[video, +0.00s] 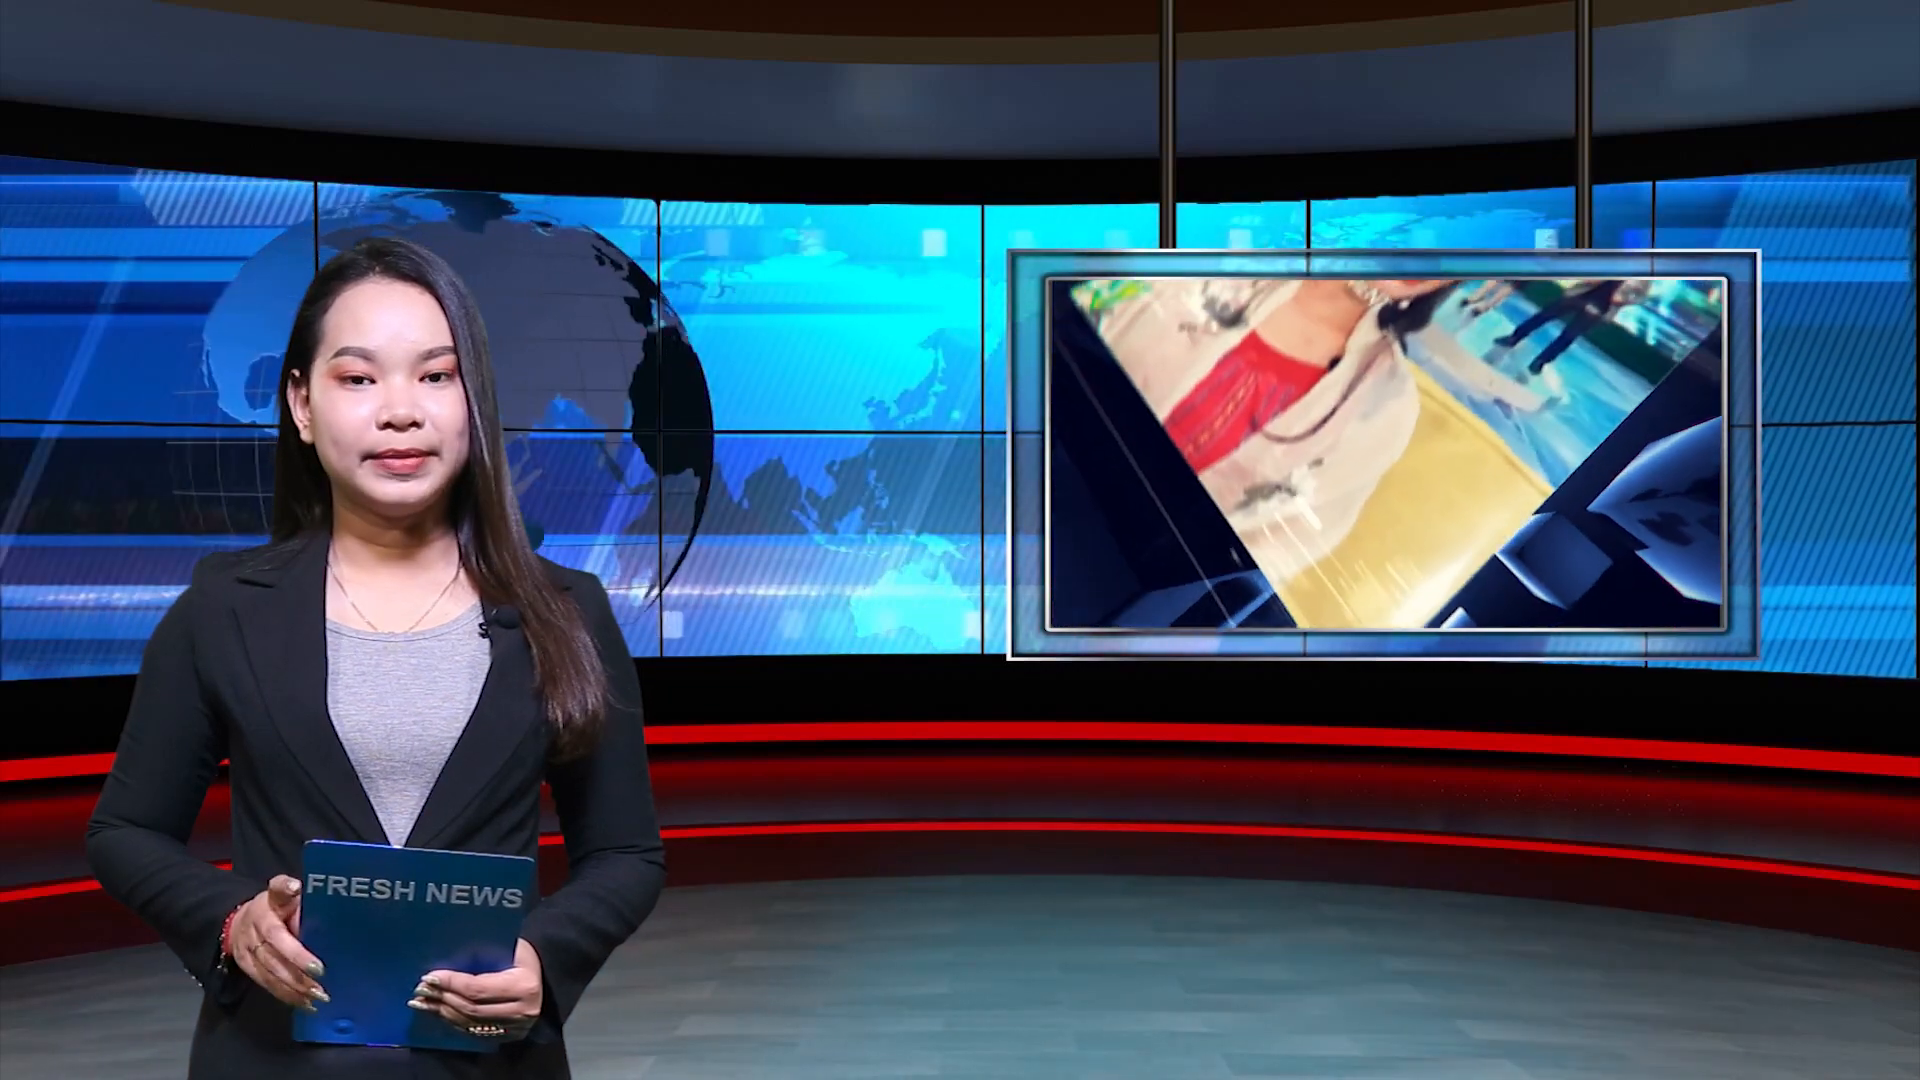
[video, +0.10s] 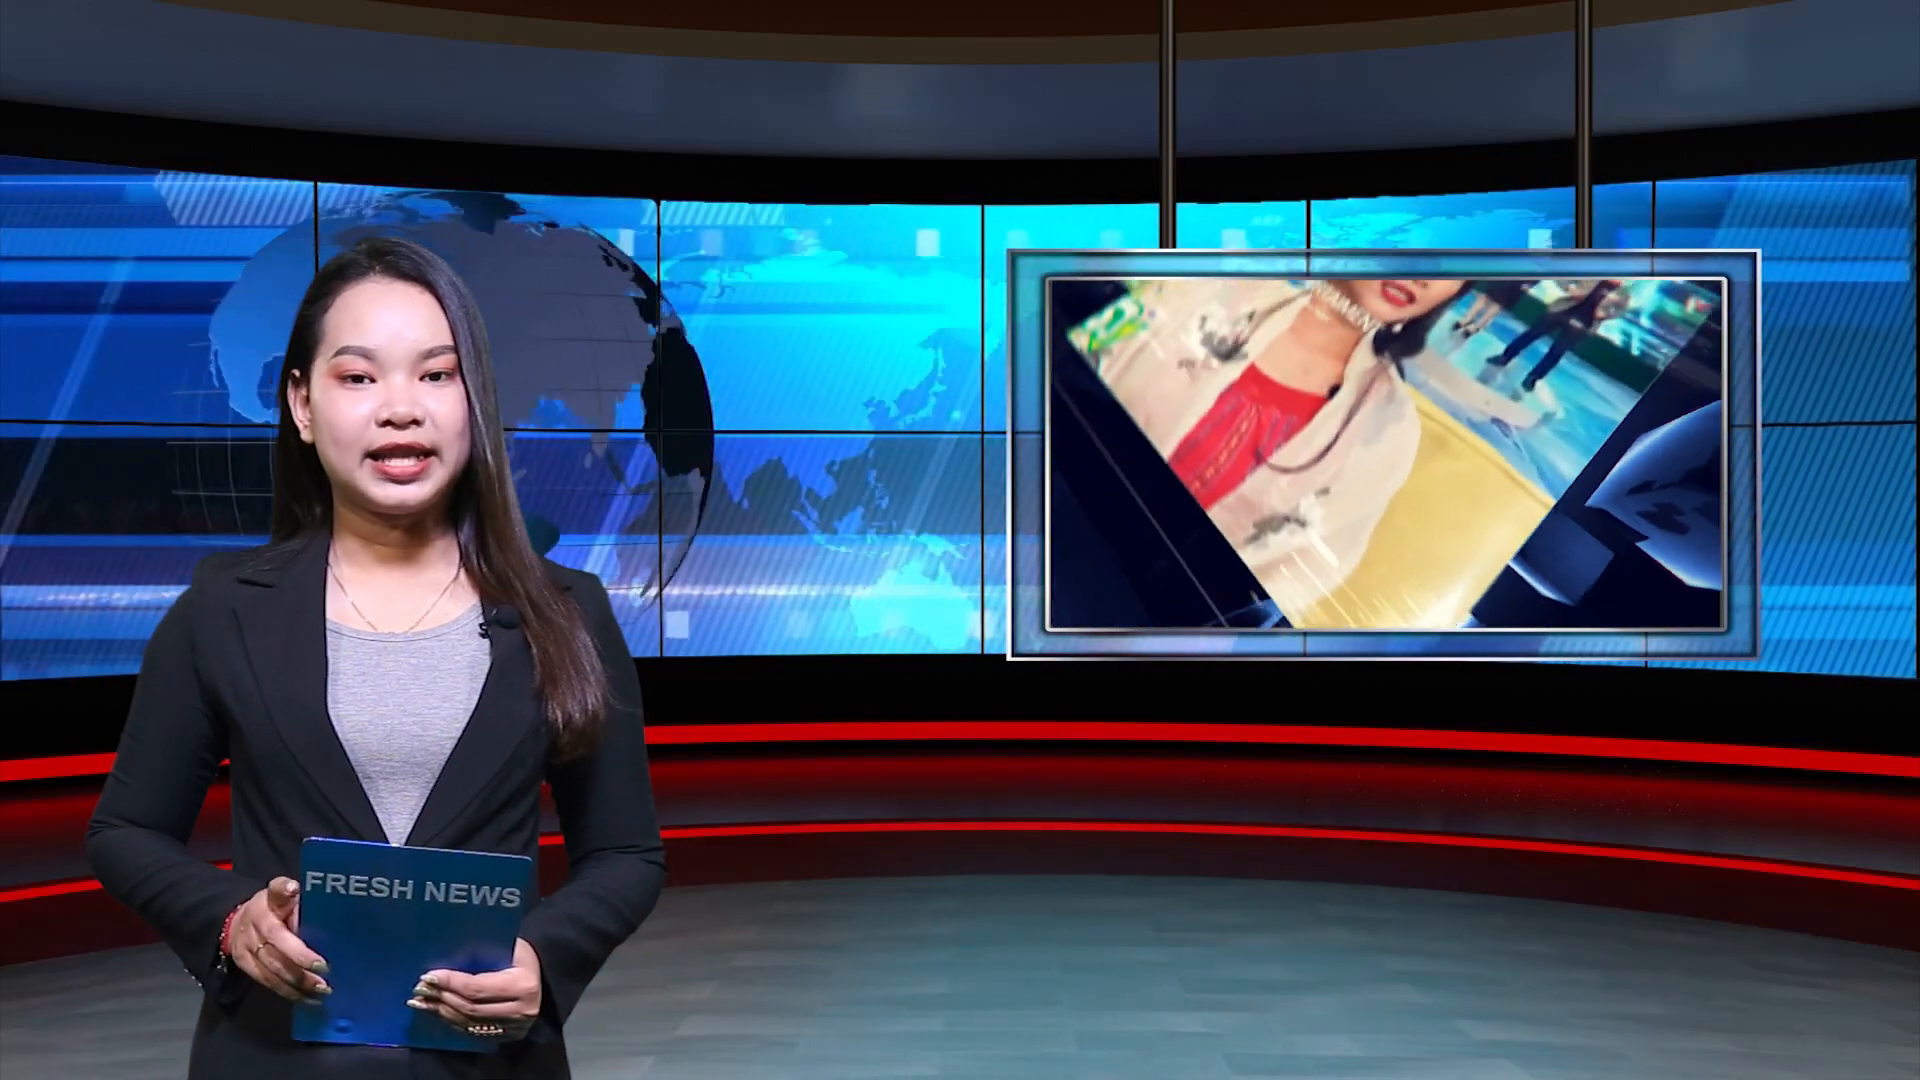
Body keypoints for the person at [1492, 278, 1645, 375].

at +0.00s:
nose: (1626, 297)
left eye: (1632, 297)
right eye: (1628, 291)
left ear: (1635, 299)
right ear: (1626, 283)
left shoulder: (1626, 302)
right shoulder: (1613, 278)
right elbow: (1593, 280)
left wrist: (1605, 315)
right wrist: (1574, 286)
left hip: (1597, 310)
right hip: (1583, 295)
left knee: (1568, 337)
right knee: (1546, 315)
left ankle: (1539, 362)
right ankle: (1514, 338)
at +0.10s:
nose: (1617, 273)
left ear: (1625, 274)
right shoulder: (1596, 273)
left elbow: (1620, 310)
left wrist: (1604, 315)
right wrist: (1571, 289)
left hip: (1585, 320)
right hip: (1566, 308)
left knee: (1557, 351)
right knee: (1534, 333)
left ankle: (1532, 378)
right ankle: (1505, 357)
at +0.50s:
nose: (1573, 316)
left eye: (1577, 314)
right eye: (1572, 313)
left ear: (1582, 318)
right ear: (1568, 313)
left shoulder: (1589, 334)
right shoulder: (1552, 324)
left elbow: (1601, 351)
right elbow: (1531, 339)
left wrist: (1591, 350)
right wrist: (1545, 339)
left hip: (1560, 371)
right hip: (1539, 364)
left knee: (1550, 402)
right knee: (1522, 390)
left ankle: (1539, 432)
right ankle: (1507, 418)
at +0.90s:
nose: (1588, 326)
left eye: (1592, 323)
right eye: (1588, 322)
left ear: (1602, 326)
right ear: (1586, 325)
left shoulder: (1615, 343)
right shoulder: (1579, 340)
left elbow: (1637, 361)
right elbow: (1565, 357)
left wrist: (1625, 360)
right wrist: (1576, 362)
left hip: (1598, 386)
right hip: (1576, 382)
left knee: (1592, 419)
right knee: (1561, 411)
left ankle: (1587, 453)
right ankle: (1551, 443)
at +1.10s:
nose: (1605, 331)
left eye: (1609, 328)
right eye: (1605, 328)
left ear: (1619, 332)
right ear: (1609, 332)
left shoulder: (1636, 351)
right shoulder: (1603, 347)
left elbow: (1651, 372)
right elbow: (1596, 364)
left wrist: (1633, 382)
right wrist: (1595, 370)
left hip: (1622, 395)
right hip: (1601, 391)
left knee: (1616, 431)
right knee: (1583, 420)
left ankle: (1613, 464)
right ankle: (1575, 453)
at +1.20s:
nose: (1619, 336)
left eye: (1622, 333)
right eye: (1619, 333)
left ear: (1632, 335)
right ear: (1627, 336)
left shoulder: (1649, 355)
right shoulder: (1620, 350)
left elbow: (1663, 377)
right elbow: (1615, 368)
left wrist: (1638, 387)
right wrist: (1609, 373)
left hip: (1637, 401)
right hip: (1616, 395)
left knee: (1633, 436)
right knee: (1603, 428)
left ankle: (1632, 471)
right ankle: (1589, 460)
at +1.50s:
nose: (1649, 350)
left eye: (1653, 347)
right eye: (1650, 346)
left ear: (1663, 349)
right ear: (1659, 350)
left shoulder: (1675, 368)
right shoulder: (1659, 366)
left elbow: (1674, 396)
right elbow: (1657, 392)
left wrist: (1647, 406)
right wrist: (1643, 404)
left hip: (1669, 417)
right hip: (1652, 415)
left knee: (1661, 447)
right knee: (1637, 442)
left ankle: (1672, 486)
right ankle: (1625, 475)